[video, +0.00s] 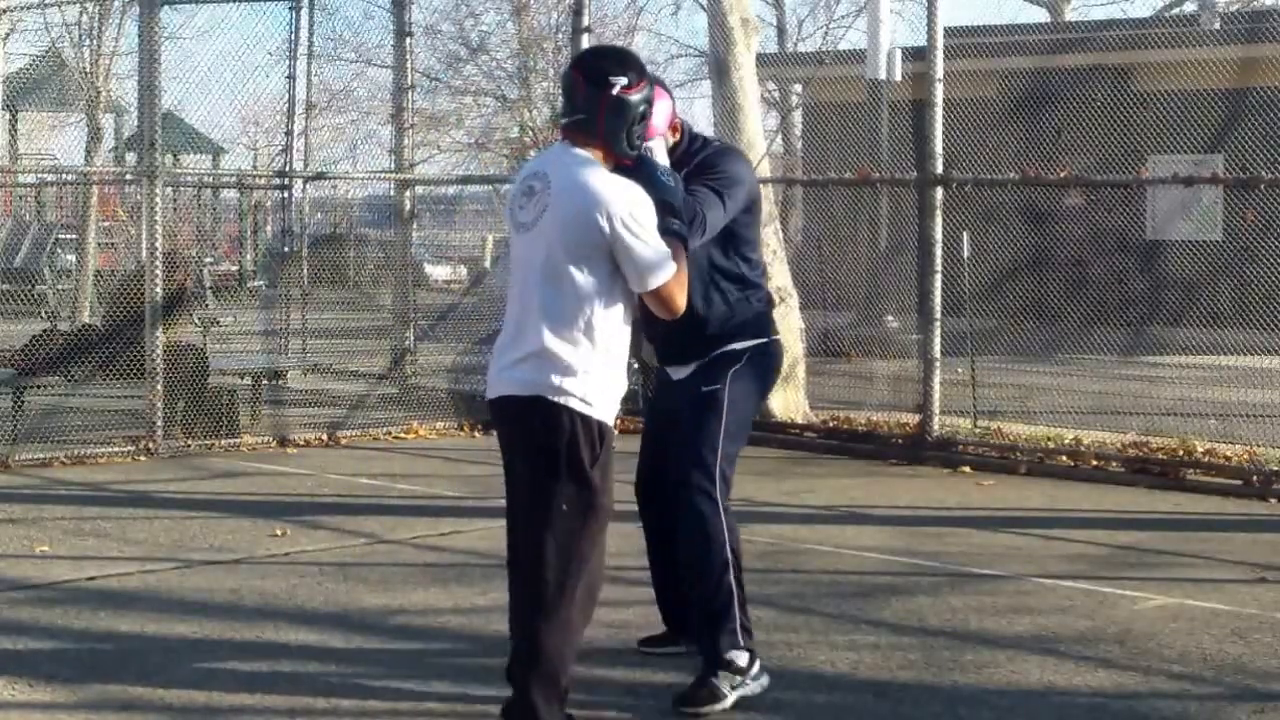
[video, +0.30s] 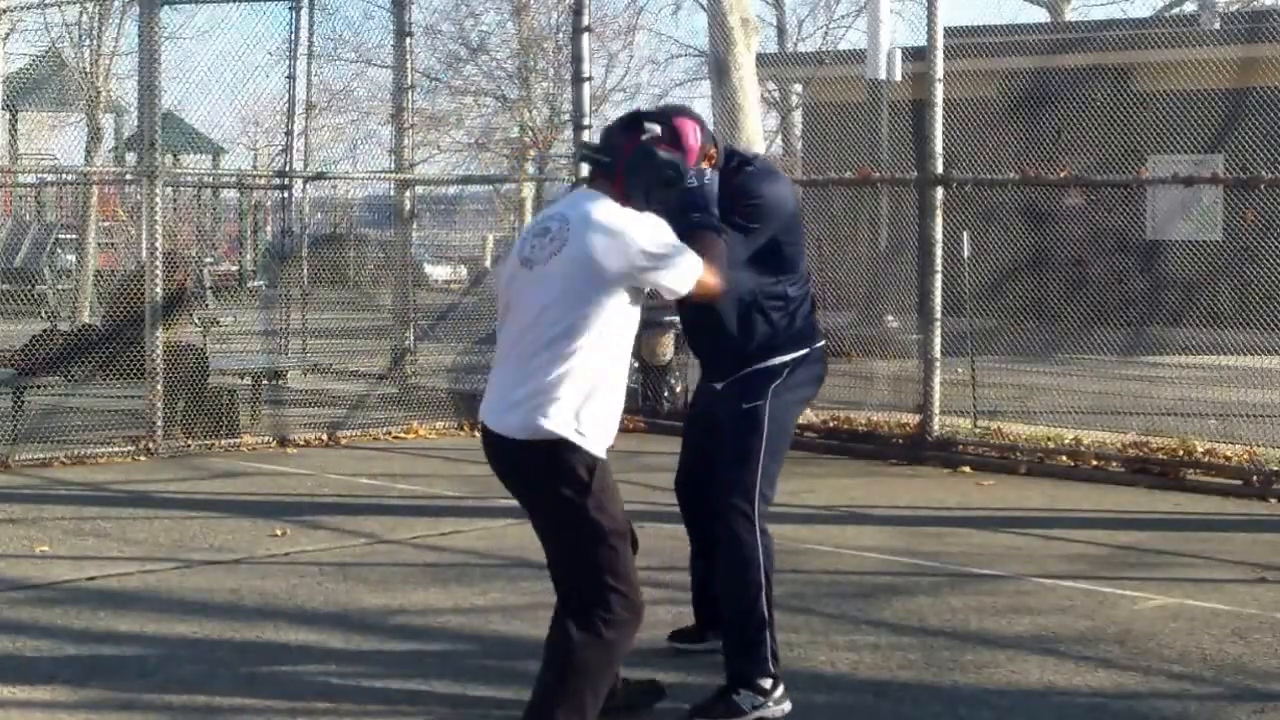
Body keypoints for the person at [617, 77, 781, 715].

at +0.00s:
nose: (631, 150)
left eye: (637, 138)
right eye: (625, 142)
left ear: (663, 126)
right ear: (634, 139)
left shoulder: (725, 166)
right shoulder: (638, 180)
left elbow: (688, 230)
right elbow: (623, 245)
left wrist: (648, 163)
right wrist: (593, 167)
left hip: (734, 354)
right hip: (676, 362)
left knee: (699, 488)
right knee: (655, 488)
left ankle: (732, 655)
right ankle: (685, 623)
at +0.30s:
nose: (666, 181)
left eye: (669, 169)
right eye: (660, 173)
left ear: (699, 154)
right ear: (689, 159)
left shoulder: (761, 186)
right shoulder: (691, 198)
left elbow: (710, 266)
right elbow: (658, 273)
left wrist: (697, 187)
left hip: (775, 365)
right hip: (724, 370)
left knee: (739, 506)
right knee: (697, 490)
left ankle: (758, 680)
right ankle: (715, 619)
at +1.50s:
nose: (859, 168)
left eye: (864, 157)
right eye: (853, 158)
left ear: (897, 145)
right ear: (869, 150)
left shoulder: (951, 181)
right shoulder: (884, 181)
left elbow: (913, 268)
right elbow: (836, 258)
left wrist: (865, 201)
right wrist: (808, 203)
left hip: (970, 361)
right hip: (935, 363)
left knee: (903, 511)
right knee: (942, 498)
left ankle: (892, 676)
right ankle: (1022, 616)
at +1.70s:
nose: (861, 175)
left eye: (863, 164)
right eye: (859, 167)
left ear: (894, 153)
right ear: (896, 151)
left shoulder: (972, 179)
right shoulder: (910, 185)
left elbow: (927, 253)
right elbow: (857, 262)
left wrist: (891, 183)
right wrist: (823, 205)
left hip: (985, 371)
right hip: (959, 372)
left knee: (906, 507)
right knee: (975, 505)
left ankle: (894, 675)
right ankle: (1067, 638)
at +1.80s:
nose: (896, 174)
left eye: (898, 163)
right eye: (892, 164)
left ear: (926, 151)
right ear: (921, 155)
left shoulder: (989, 174)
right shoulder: (930, 200)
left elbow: (952, 236)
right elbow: (884, 275)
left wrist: (889, 178)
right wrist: (843, 215)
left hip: (1003, 376)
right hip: (989, 376)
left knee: (912, 506)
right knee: (984, 505)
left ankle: (894, 674)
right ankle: (1064, 643)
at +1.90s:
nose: (904, 178)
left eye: (902, 168)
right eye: (898, 169)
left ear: (928, 151)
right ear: (931, 150)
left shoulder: (989, 174)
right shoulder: (950, 196)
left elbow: (962, 255)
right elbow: (903, 281)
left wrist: (894, 199)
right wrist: (863, 228)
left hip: (1008, 370)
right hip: (1007, 369)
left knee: (919, 504)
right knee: (989, 503)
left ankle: (910, 673)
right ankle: (1060, 641)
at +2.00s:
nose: (898, 182)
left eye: (895, 172)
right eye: (893, 173)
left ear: (916, 157)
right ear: (926, 151)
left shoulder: (983, 179)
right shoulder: (947, 196)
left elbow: (958, 270)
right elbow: (897, 284)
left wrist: (888, 215)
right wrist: (860, 231)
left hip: (1010, 374)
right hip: (1005, 373)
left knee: (920, 503)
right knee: (993, 509)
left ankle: (904, 674)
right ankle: (1060, 641)